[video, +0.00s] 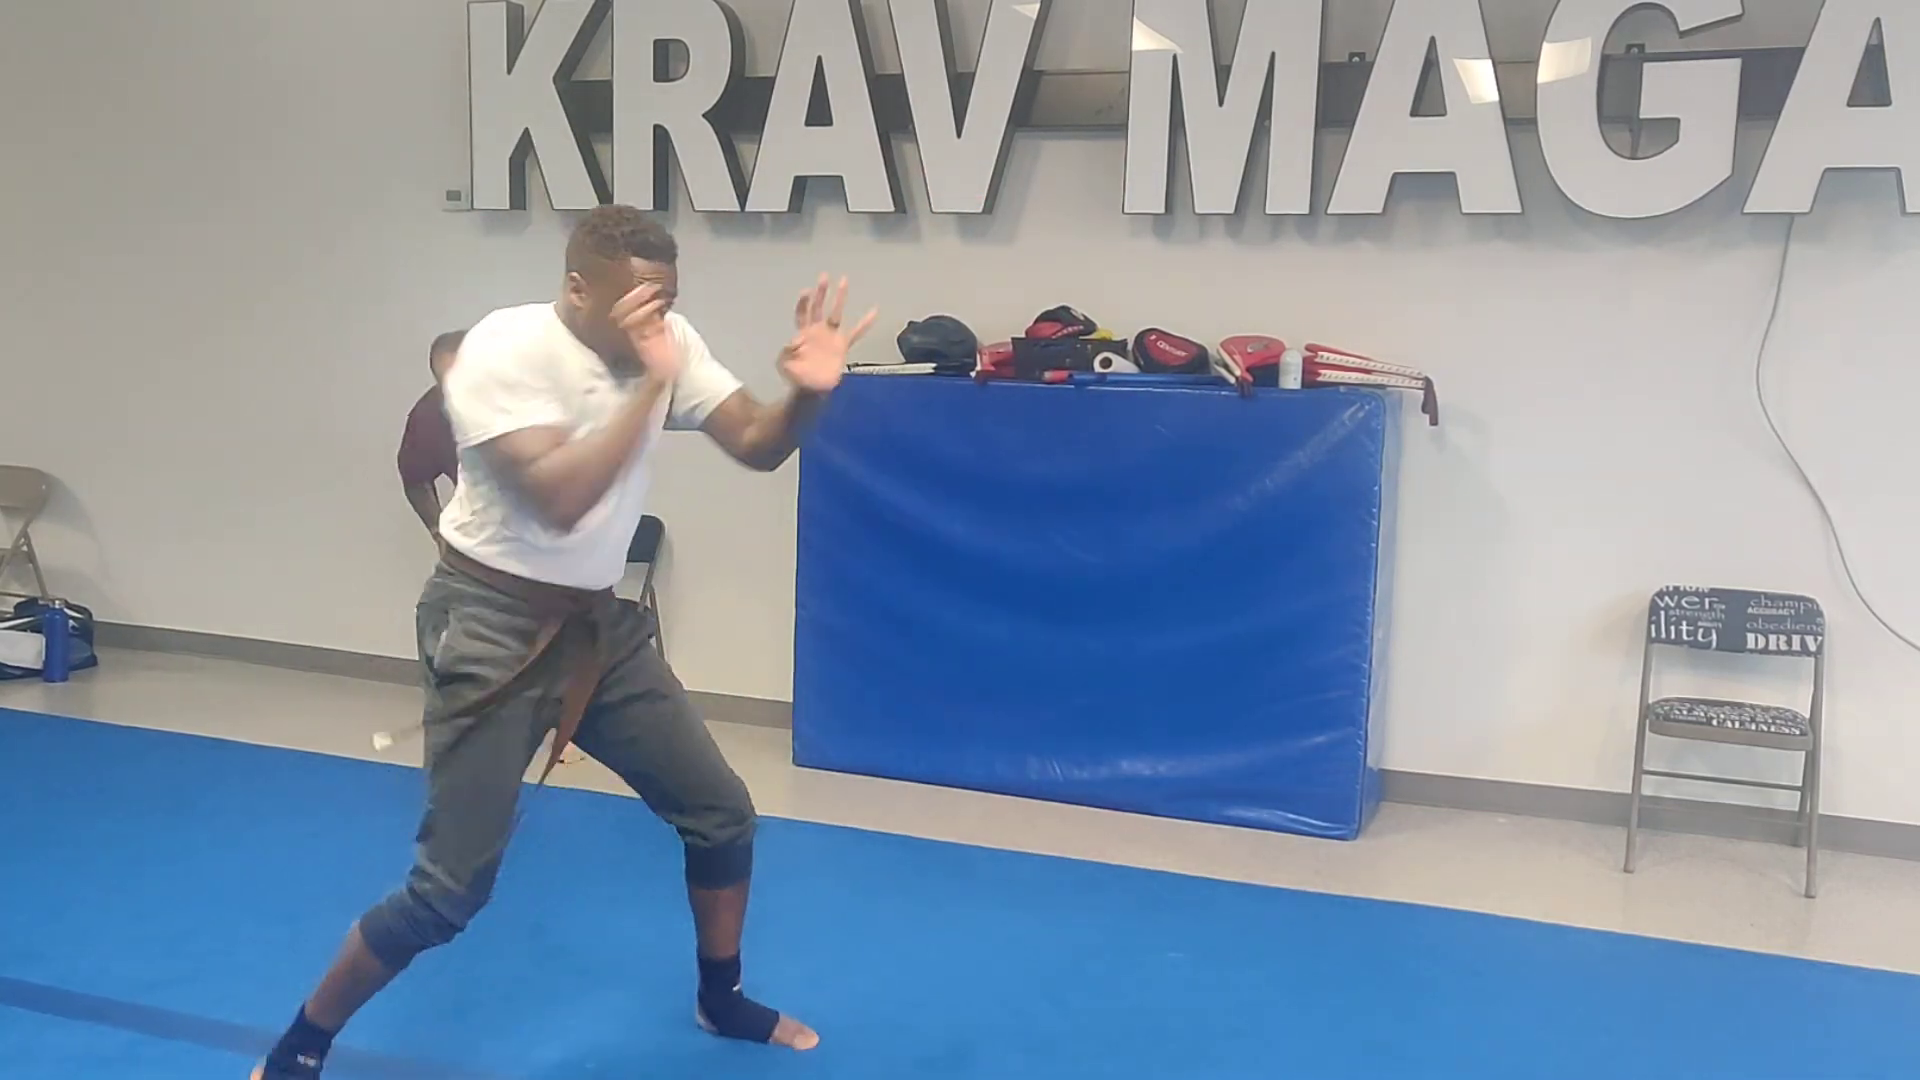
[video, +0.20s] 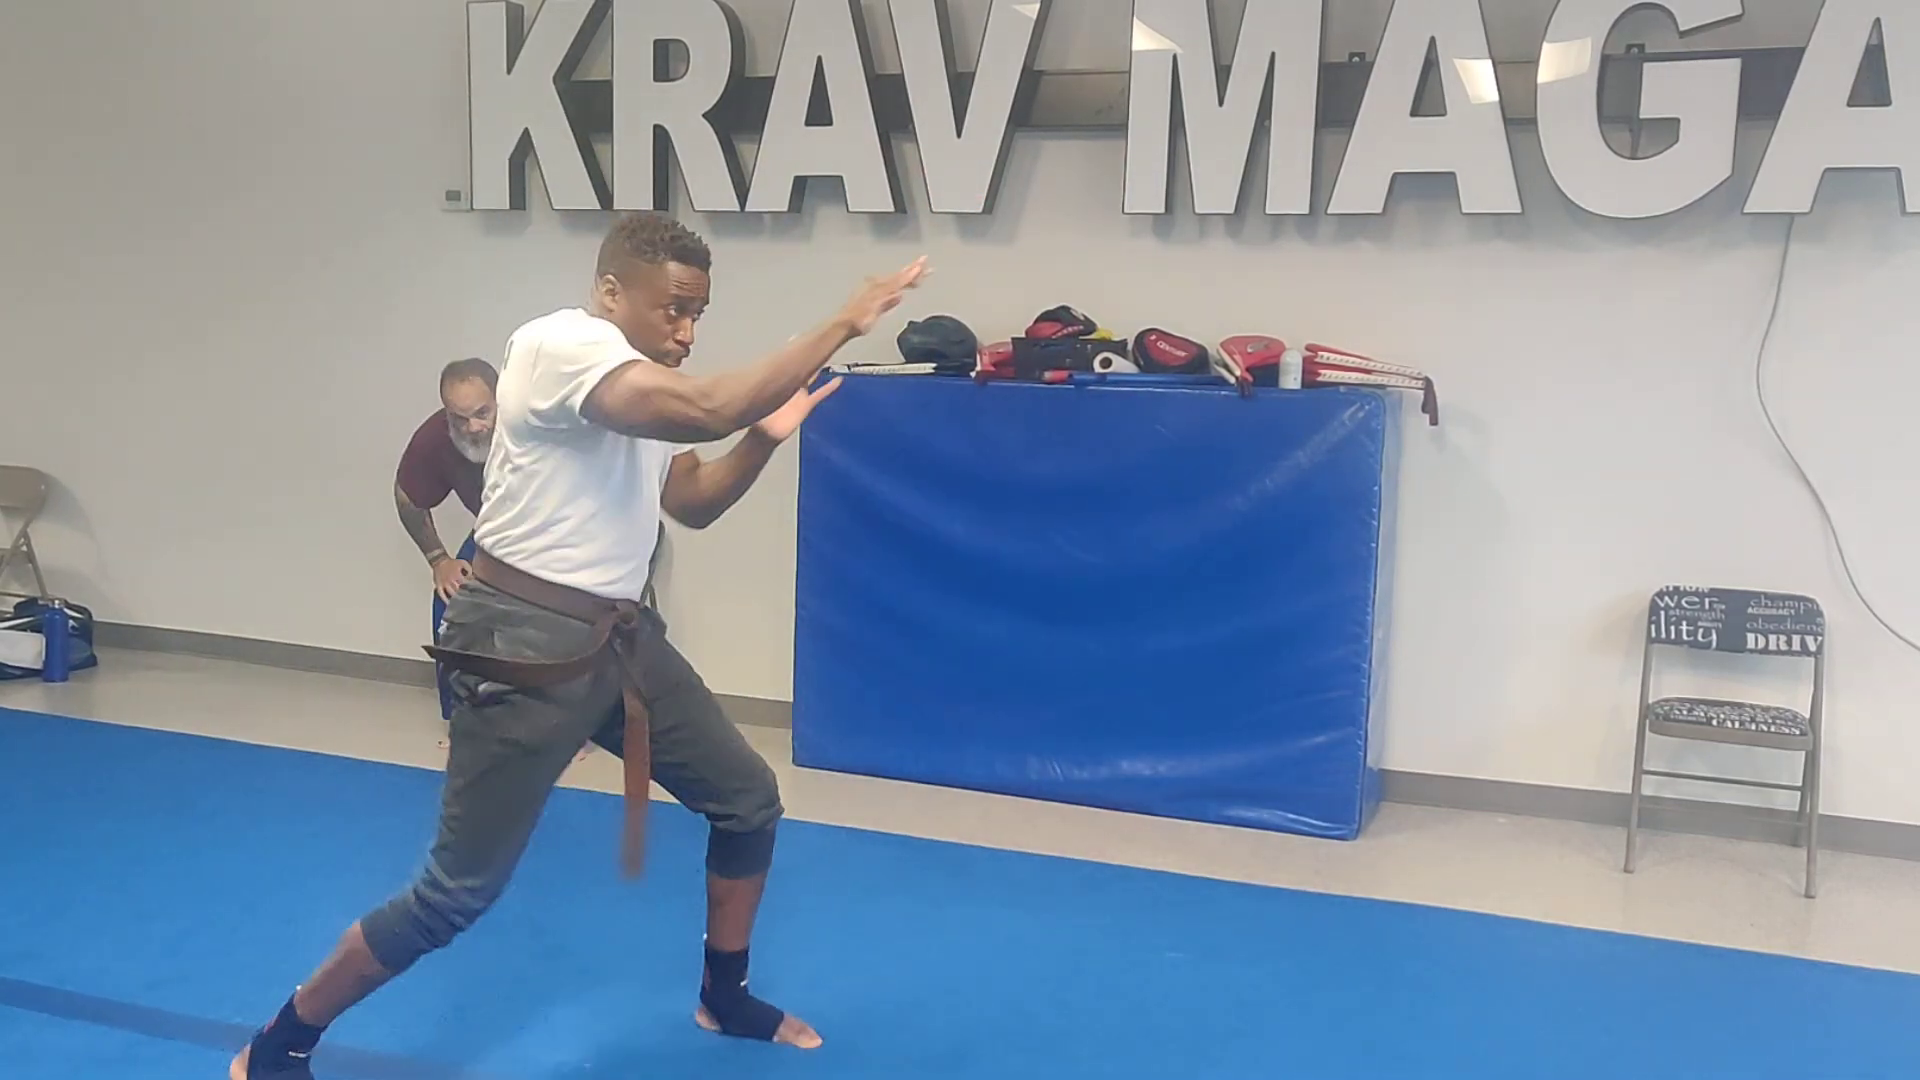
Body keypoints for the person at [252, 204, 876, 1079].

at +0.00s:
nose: (657, 313)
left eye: (665, 297)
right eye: (640, 297)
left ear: (667, 289)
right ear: (577, 289)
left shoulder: (665, 341)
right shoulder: (496, 354)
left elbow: (757, 444)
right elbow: (560, 494)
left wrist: (802, 396)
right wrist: (649, 387)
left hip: (597, 617)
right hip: (490, 618)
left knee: (721, 813)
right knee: (449, 892)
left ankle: (722, 997)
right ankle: (299, 1049)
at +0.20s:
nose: (687, 329)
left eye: (695, 313)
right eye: (674, 307)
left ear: (695, 307)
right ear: (611, 291)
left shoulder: (642, 390)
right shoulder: (560, 348)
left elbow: (691, 500)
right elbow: (710, 405)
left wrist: (761, 436)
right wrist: (844, 323)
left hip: (619, 633)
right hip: (522, 632)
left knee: (747, 803)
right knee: (454, 892)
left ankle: (725, 997)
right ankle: (283, 1041)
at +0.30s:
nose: (707, 342)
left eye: (715, 326)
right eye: (697, 322)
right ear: (636, 293)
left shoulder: (674, 381)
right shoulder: (565, 341)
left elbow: (755, 460)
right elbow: (732, 385)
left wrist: (832, 392)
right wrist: (841, 328)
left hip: (617, 623)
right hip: (510, 627)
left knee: (758, 775)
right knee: (446, 881)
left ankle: (774, 985)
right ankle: (275, 1015)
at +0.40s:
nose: (732, 378)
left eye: (733, 365)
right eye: (733, 358)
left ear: (696, 352)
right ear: (686, 332)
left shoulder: (686, 415)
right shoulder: (597, 359)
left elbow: (779, 466)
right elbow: (780, 360)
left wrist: (857, 372)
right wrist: (877, 317)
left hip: (616, 668)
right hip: (507, 672)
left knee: (765, 803)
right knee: (417, 910)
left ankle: (834, 1008)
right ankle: (230, 1033)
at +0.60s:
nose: (799, 372)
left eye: (803, 360)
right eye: (793, 352)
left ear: (780, 354)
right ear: (755, 328)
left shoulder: (764, 422)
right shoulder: (698, 365)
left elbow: (857, 468)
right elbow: (838, 337)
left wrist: (877, 357)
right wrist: (889, 317)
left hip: (716, 670)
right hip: (616, 656)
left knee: (864, 804)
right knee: (524, 913)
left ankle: (857, 1011)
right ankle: (297, 991)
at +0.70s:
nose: (818, 320)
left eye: (826, 308)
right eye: (808, 301)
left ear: (827, 309)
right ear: (754, 277)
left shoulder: (797, 372)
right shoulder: (697, 295)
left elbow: (860, 467)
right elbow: (732, 349)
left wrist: (905, 364)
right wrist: (861, 324)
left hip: (780, 607)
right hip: (692, 599)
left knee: (898, 801)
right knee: (759, 851)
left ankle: (862, 1010)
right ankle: (537, 906)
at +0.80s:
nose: (827, 326)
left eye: (837, 310)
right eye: (820, 303)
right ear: (762, 274)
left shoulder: (819, 372)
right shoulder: (671, 335)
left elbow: (851, 510)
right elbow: (608, 475)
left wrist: (889, 439)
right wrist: (736, 425)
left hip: (828, 575)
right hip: (762, 574)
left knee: (922, 806)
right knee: (967, 631)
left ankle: (867, 1014)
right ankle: (832, 820)